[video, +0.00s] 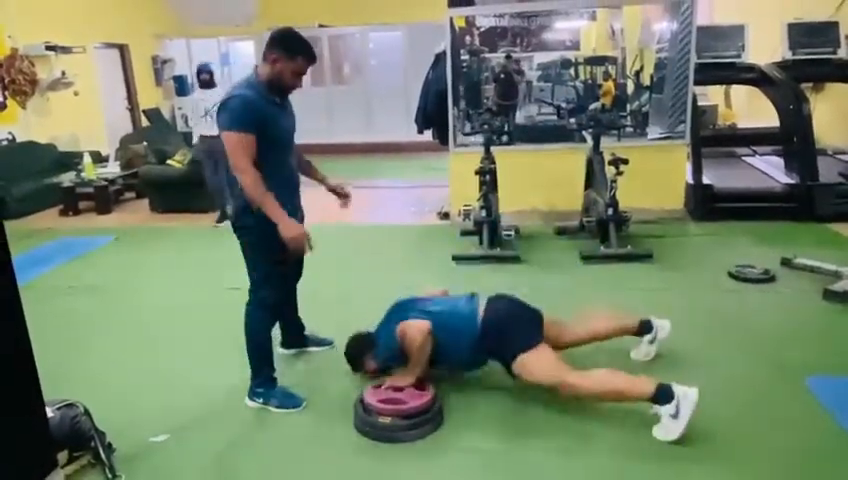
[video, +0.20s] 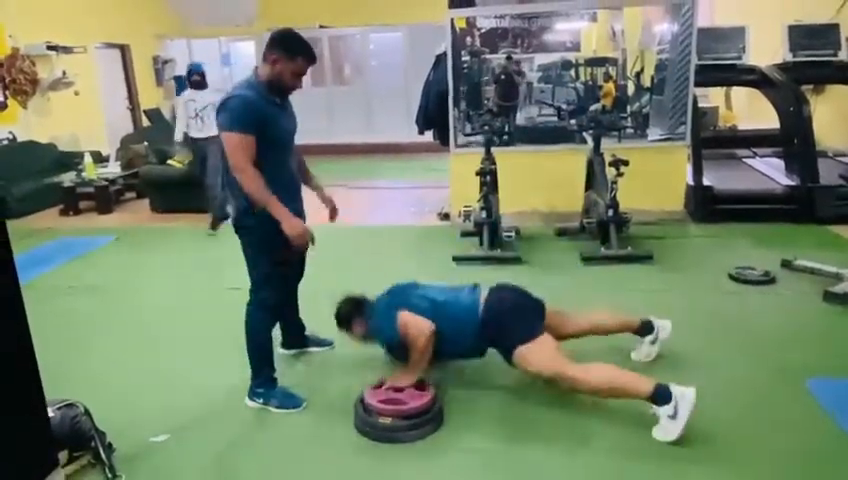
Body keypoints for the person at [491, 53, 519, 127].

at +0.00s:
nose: (507, 63)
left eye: (509, 61)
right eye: (506, 61)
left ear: (512, 61)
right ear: (504, 61)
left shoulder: (516, 72)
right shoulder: (500, 72)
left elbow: (519, 81)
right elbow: (495, 80)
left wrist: (511, 72)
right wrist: (500, 71)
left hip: (512, 101)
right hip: (501, 101)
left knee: (511, 120)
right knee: (501, 119)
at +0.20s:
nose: (508, 64)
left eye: (510, 62)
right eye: (506, 62)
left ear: (512, 62)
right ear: (504, 62)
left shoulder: (517, 73)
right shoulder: (500, 73)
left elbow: (519, 82)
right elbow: (495, 82)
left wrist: (511, 73)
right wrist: (501, 71)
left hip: (513, 102)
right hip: (501, 102)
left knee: (512, 122)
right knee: (501, 121)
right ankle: (500, 137)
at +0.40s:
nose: (509, 64)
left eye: (510, 62)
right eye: (507, 62)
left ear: (513, 62)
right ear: (505, 62)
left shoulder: (518, 73)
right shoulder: (501, 74)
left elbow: (520, 82)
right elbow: (495, 83)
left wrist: (512, 73)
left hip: (513, 103)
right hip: (502, 103)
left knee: (512, 122)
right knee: (502, 122)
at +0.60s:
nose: (510, 63)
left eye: (512, 61)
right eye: (508, 60)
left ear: (514, 61)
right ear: (506, 60)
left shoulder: (518, 70)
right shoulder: (502, 70)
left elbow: (520, 80)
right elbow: (496, 79)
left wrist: (513, 71)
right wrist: (502, 70)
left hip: (514, 100)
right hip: (502, 100)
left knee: (513, 122)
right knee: (502, 121)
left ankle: (514, 138)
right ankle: (501, 137)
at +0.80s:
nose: (511, 61)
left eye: (513, 59)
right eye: (510, 59)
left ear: (515, 59)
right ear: (508, 59)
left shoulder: (519, 69)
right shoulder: (503, 70)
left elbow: (521, 79)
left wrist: (514, 69)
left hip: (516, 99)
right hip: (505, 99)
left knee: (515, 120)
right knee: (505, 119)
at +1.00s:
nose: (512, 59)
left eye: (514, 57)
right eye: (511, 57)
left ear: (516, 58)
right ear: (509, 57)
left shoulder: (519, 67)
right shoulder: (504, 69)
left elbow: (522, 77)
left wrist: (515, 68)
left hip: (516, 98)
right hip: (505, 98)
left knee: (515, 117)